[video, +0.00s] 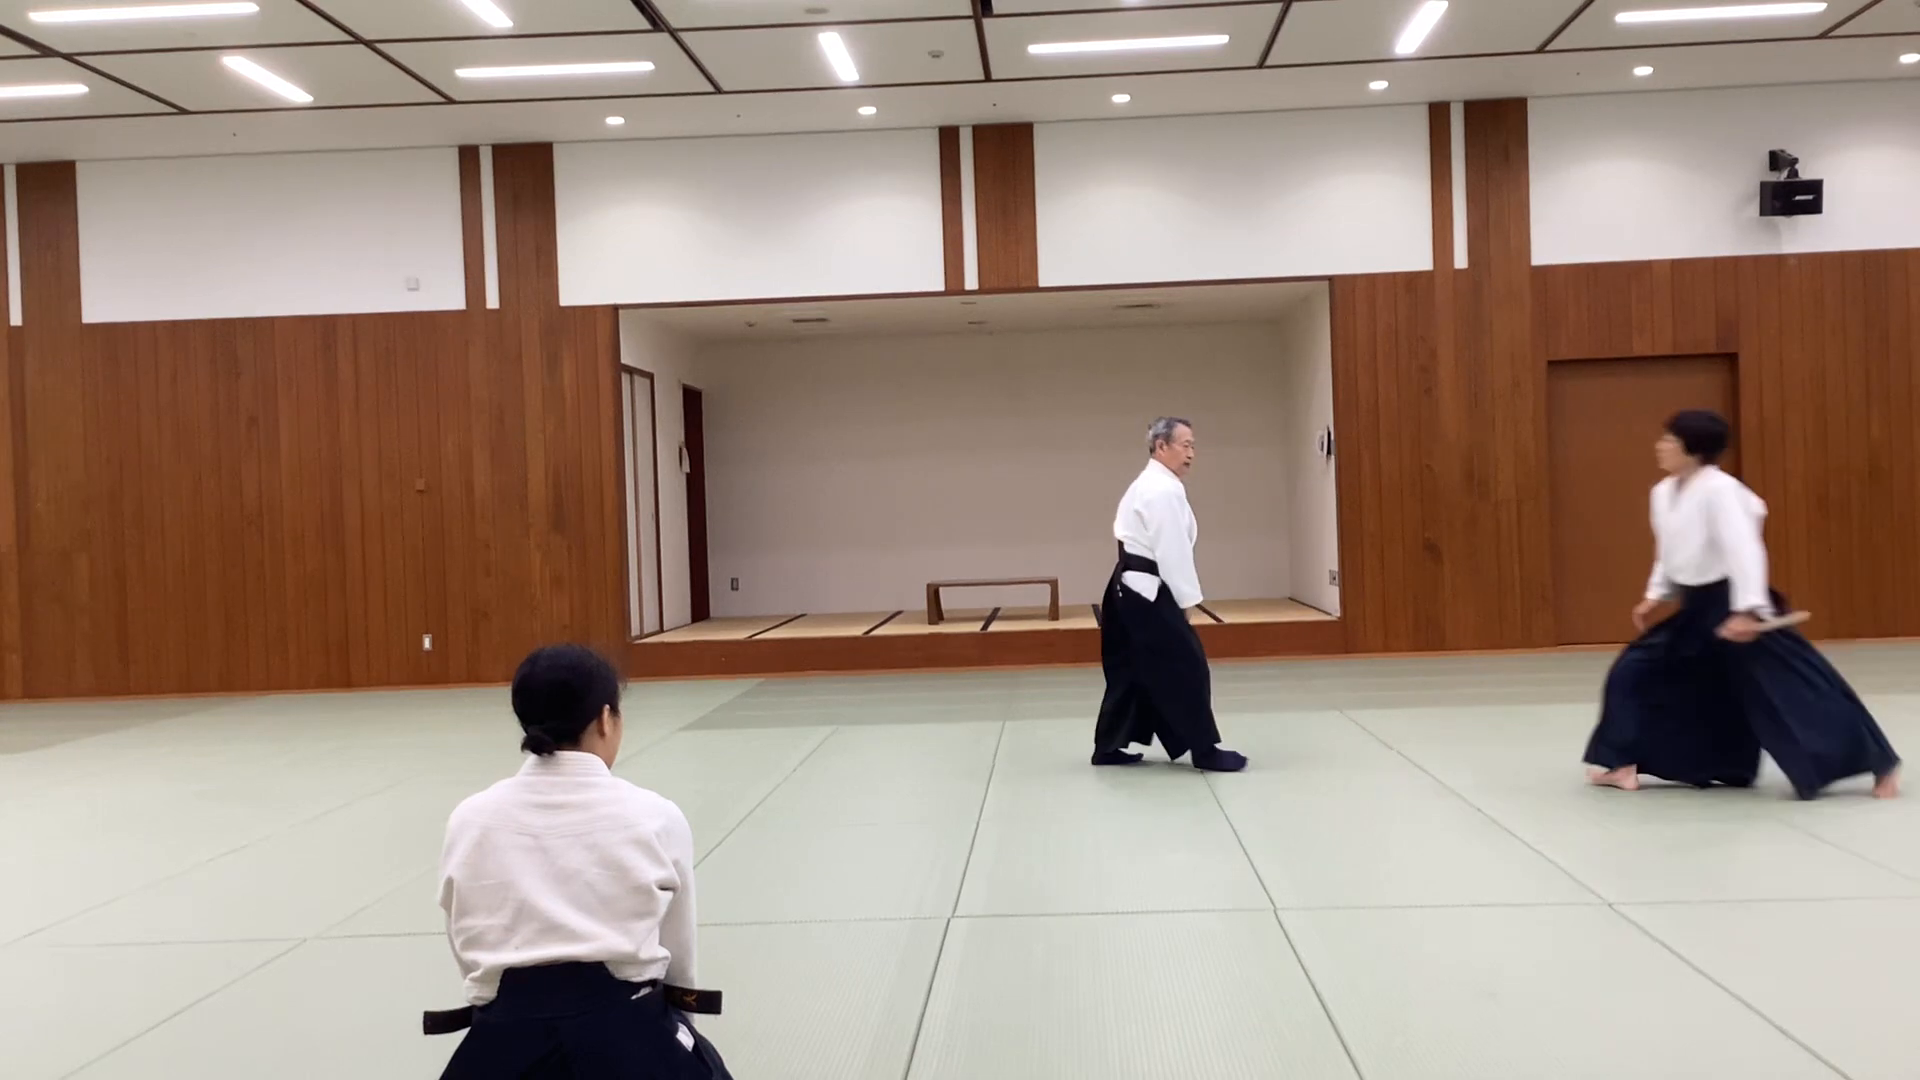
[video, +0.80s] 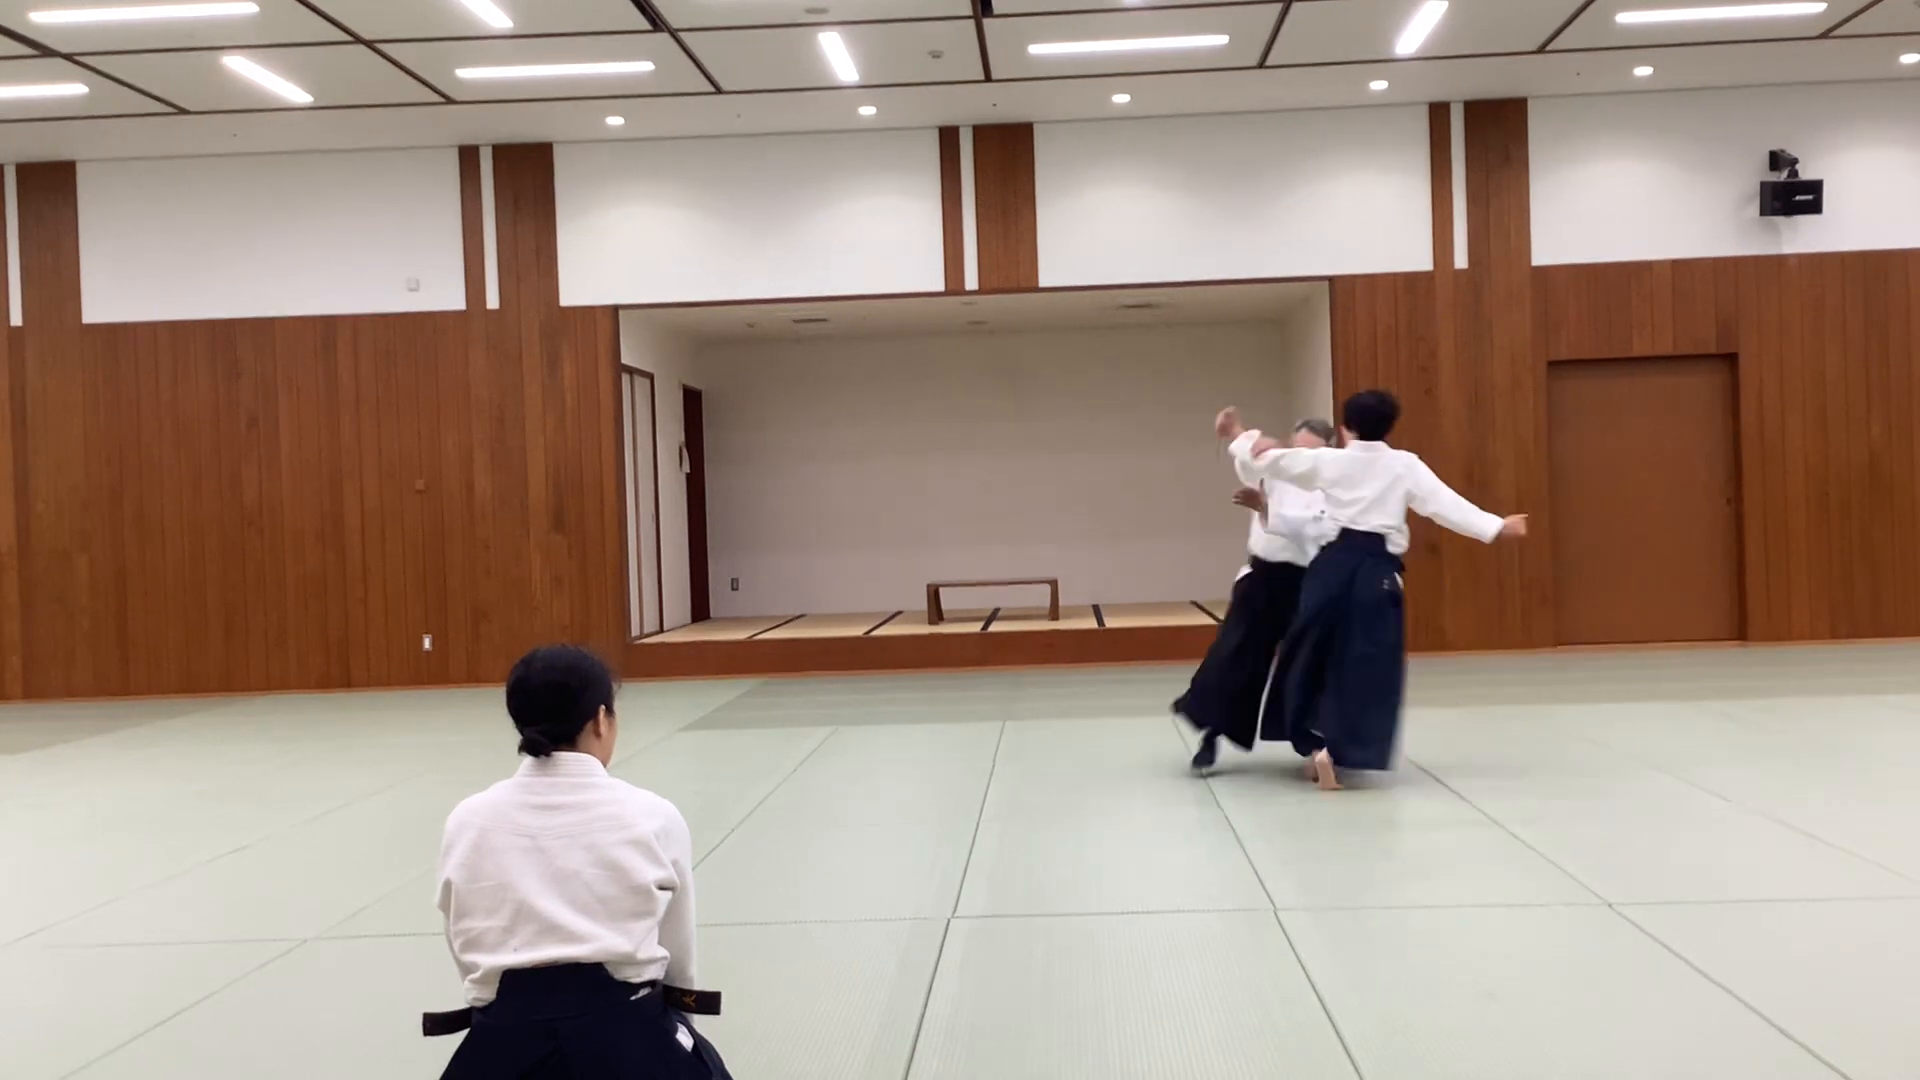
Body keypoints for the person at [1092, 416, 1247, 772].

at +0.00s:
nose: (1191, 454)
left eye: (1192, 447)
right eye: (1185, 446)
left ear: (1163, 449)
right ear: (1161, 446)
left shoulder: (1146, 482)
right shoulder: (1164, 488)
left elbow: (1139, 542)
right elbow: (1172, 550)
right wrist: (1189, 597)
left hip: (1126, 587)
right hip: (1147, 590)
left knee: (1128, 668)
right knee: (1189, 664)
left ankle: (1107, 747)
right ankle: (1205, 750)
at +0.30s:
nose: (1223, 454)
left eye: (1225, 447)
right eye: (1218, 445)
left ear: (1195, 448)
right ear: (1192, 445)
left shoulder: (1179, 478)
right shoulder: (1194, 486)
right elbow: (1208, 547)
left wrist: (1204, 574)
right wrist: (1225, 584)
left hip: (1152, 577)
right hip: (1170, 586)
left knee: (1148, 660)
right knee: (1183, 669)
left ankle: (1121, 730)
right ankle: (1171, 755)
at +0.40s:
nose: (1234, 451)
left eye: (1237, 444)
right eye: (1228, 442)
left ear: (1211, 445)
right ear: (1204, 443)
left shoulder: (1208, 482)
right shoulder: (1196, 478)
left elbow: (1220, 539)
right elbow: (1229, 515)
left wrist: (1259, 563)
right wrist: (1268, 531)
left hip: (1196, 583)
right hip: (1176, 583)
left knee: (1208, 664)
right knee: (1183, 664)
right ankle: (1173, 755)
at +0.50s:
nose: (1248, 449)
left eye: (1251, 444)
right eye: (1241, 441)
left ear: (1250, 449)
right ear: (1217, 441)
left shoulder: (1233, 480)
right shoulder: (1210, 470)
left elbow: (1248, 528)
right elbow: (1258, 477)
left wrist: (1278, 551)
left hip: (1215, 583)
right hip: (1186, 580)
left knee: (1244, 663)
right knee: (1185, 666)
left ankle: (1225, 738)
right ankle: (1171, 755)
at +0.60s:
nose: (1273, 448)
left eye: (1278, 442)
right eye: (1264, 440)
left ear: (1282, 449)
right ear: (1241, 444)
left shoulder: (1271, 494)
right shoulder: (1226, 473)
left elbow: (1281, 546)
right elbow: (1270, 460)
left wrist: (1292, 538)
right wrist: (1324, 441)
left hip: (1240, 587)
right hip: (1203, 581)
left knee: (1273, 662)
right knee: (1195, 668)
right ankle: (1174, 757)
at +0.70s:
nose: (1290, 456)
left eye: (1298, 448)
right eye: (1283, 448)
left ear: (1307, 456)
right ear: (1267, 452)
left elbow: (1303, 529)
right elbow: (1263, 453)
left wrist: (1281, 510)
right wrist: (1286, 429)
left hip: (1266, 590)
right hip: (1227, 584)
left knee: (1301, 654)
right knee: (1210, 667)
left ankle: (1297, 739)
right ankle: (1177, 751)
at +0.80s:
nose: (1301, 455)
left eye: (1311, 449)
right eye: (1297, 447)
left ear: (1326, 451)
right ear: (1291, 443)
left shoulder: (1329, 486)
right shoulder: (1274, 474)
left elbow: (1325, 530)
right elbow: (1248, 460)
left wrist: (1266, 509)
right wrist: (1238, 436)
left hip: (1304, 574)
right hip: (1261, 570)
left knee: (1306, 656)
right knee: (1236, 649)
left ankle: (1314, 742)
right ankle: (1211, 735)